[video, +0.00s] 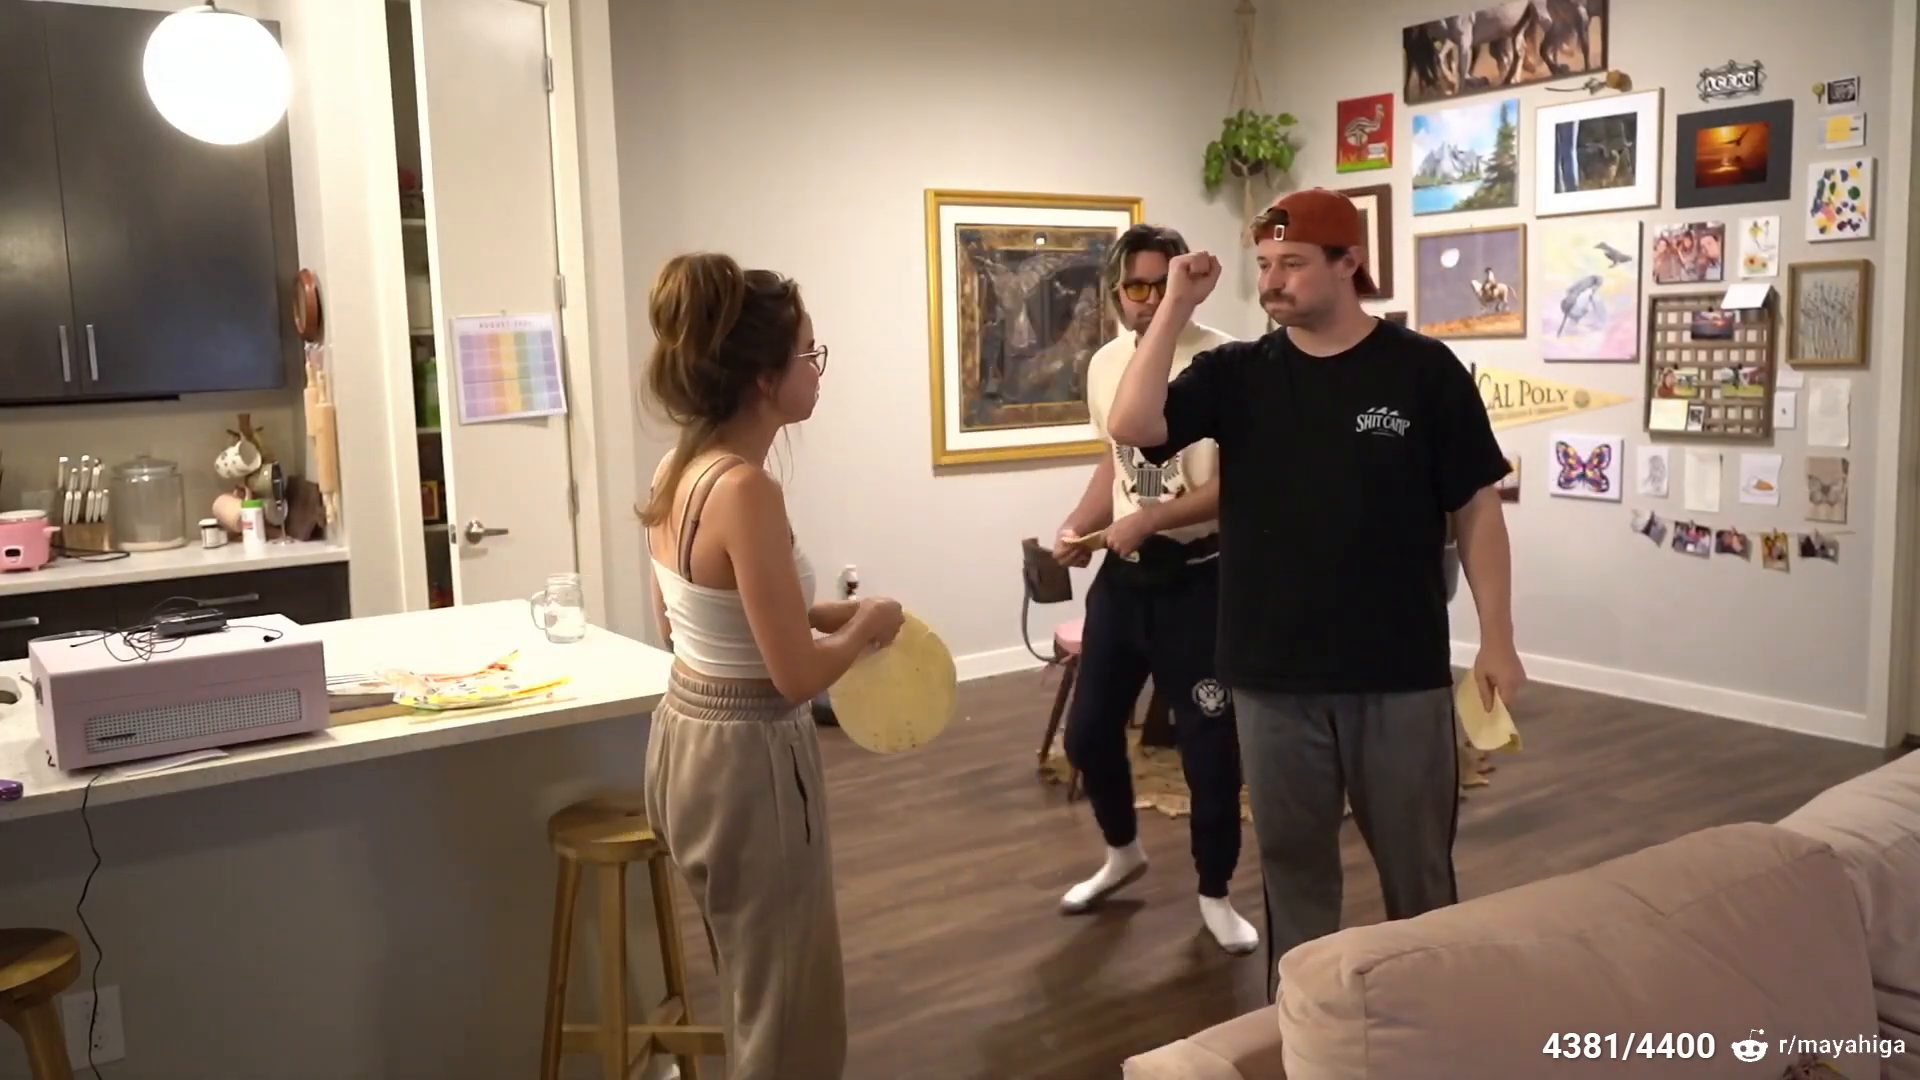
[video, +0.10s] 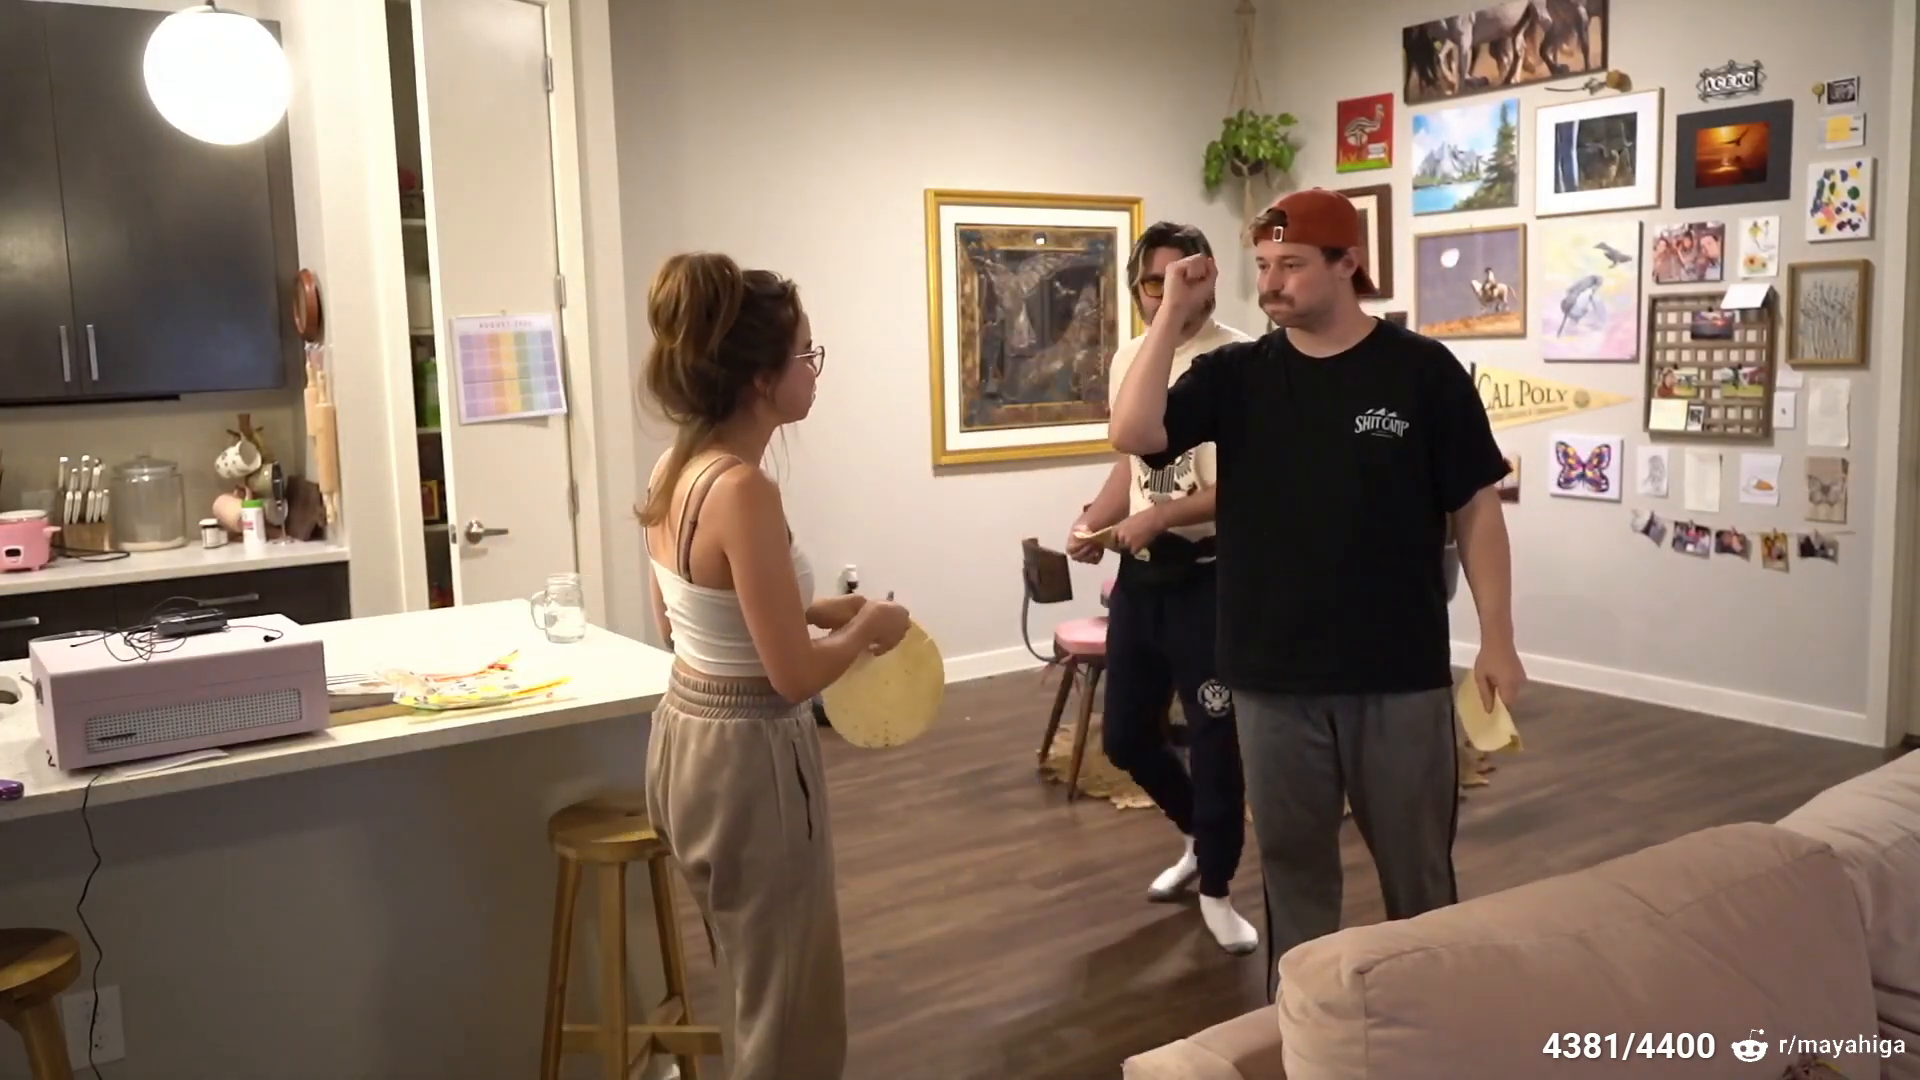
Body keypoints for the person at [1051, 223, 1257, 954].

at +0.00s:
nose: (1144, 300)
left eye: (1158, 287)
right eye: (1133, 287)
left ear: (1184, 291)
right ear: (1116, 291)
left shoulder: (1218, 363)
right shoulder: (1105, 364)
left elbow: (1234, 485)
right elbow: (1114, 462)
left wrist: (1150, 519)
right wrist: (1077, 524)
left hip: (1200, 577)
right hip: (1125, 574)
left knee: (1210, 748)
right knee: (1090, 733)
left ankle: (1215, 896)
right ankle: (1123, 852)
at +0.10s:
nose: (1165, 296)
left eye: (1180, 281)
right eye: (1152, 284)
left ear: (1208, 282)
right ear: (1139, 291)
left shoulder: (1241, 360)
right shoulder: (1132, 359)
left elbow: (1249, 485)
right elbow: (1131, 462)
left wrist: (1163, 515)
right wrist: (1098, 516)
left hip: (1212, 572)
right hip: (1141, 570)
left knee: (1215, 741)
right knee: (1129, 737)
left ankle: (1216, 891)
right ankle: (1203, 830)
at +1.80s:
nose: (1129, 291)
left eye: (1144, 277)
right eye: (1120, 279)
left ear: (1183, 279)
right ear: (1114, 288)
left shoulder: (1228, 362)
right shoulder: (1125, 367)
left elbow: (1253, 487)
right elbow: (1131, 482)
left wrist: (1230, 593)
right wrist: (1083, 558)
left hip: (1205, 582)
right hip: (1133, 579)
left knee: (1207, 757)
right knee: (1092, 746)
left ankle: (1219, 912)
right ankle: (1128, 881)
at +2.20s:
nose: (1053, 293)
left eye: (1068, 280)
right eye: (1041, 282)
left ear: (1100, 282)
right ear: (1030, 289)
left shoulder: (1146, 361)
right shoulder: (1020, 376)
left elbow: (1193, 474)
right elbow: (1019, 490)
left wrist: (1188, 591)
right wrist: (1000, 593)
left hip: (1127, 591)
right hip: (1041, 593)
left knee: (1154, 763)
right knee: (1034, 765)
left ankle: (1207, 905)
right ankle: (1051, 917)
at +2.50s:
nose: (988, 303)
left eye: (1002, 288)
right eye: (974, 291)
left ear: (1035, 286)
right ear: (962, 295)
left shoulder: (1091, 364)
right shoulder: (957, 376)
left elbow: (1131, 478)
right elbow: (936, 492)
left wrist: (1127, 593)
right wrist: (894, 597)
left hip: (1072, 586)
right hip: (989, 588)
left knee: (1084, 772)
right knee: (1007, 763)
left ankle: (1130, 914)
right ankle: (1048, 916)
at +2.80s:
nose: (976, 305)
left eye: (990, 290)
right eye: (960, 293)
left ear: (1020, 290)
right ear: (945, 300)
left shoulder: (1077, 367)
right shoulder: (934, 378)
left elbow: (1117, 484)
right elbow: (917, 499)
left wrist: (1101, 593)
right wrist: (874, 600)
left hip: (1056, 596)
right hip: (969, 594)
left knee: (1035, 777)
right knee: (980, 766)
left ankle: (1014, 953)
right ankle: (1041, 898)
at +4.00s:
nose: (955, 296)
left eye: (972, 281)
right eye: (940, 281)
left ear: (999, 285)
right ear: (920, 287)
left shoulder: (1047, 372)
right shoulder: (887, 376)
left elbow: (1076, 498)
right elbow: (872, 502)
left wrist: (1069, 618)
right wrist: (865, 624)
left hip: (1015, 605)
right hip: (915, 607)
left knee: (1012, 796)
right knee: (917, 799)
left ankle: (1013, 967)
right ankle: (933, 957)